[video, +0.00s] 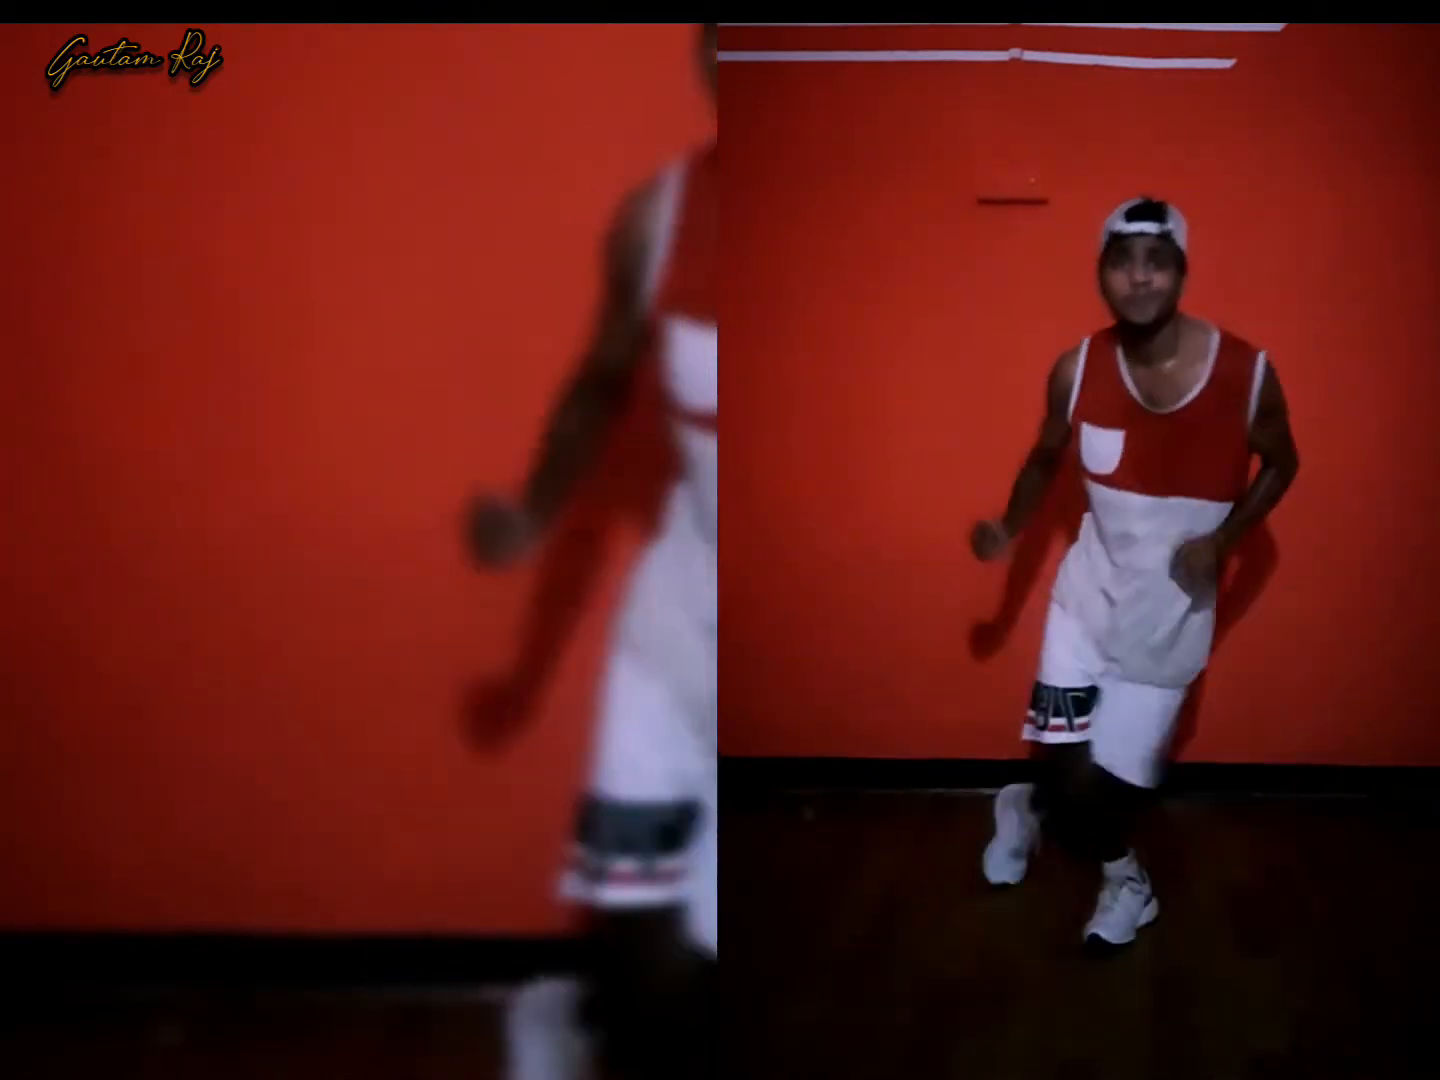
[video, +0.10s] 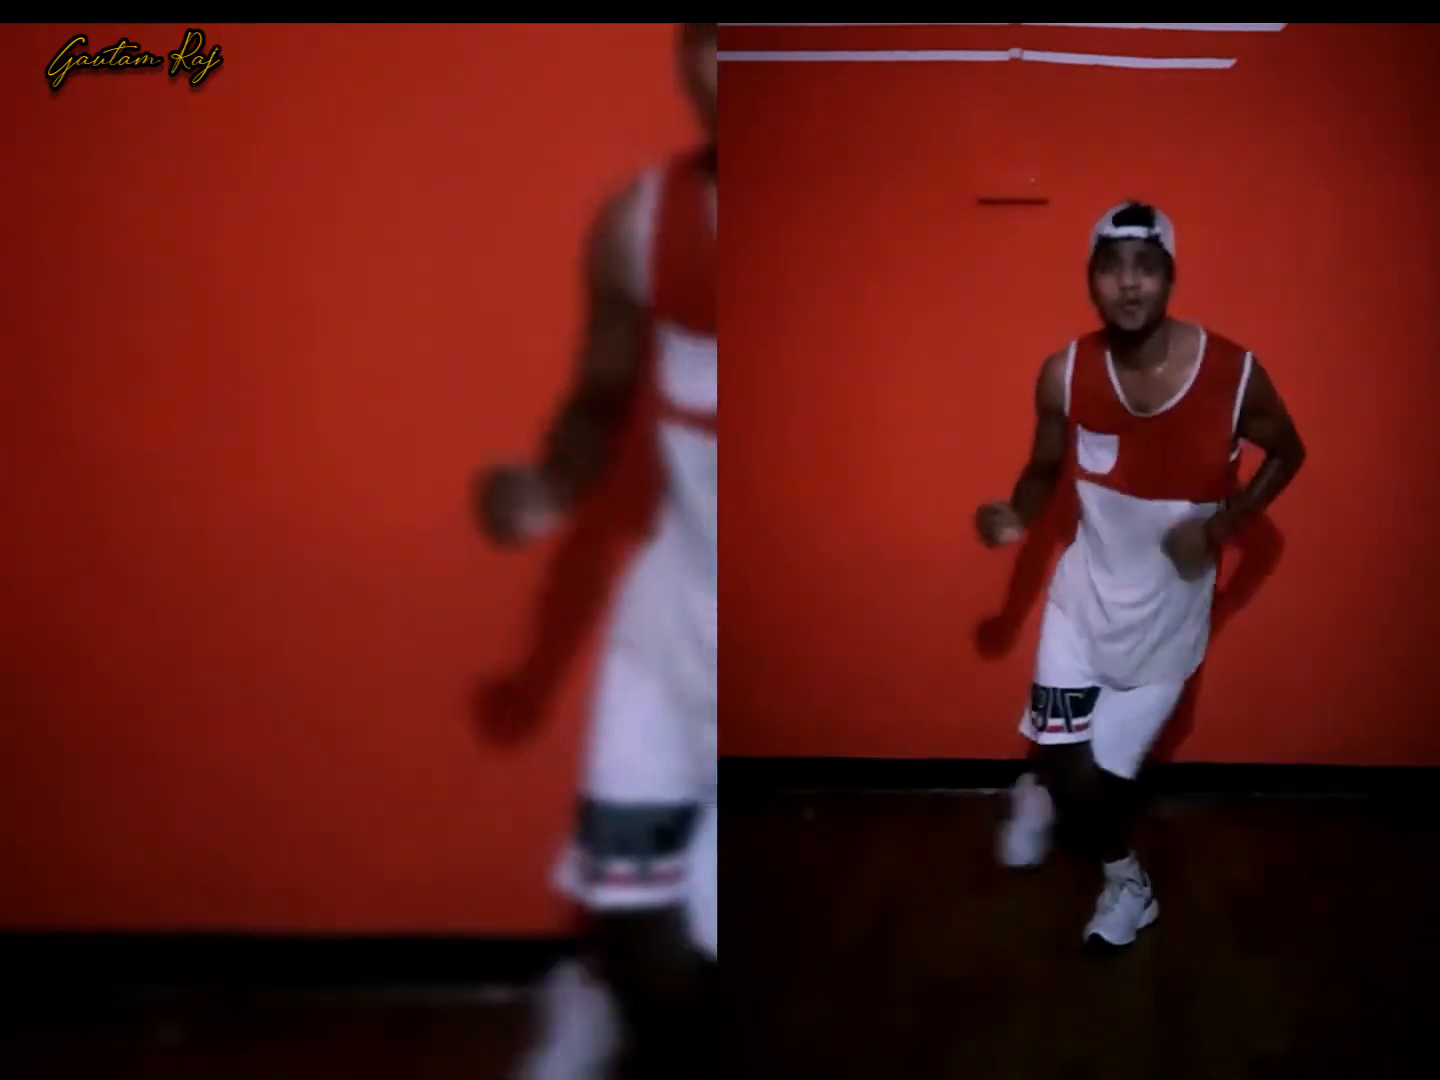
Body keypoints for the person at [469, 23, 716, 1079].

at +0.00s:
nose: (738, 72)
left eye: (760, 54)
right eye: (726, 52)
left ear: (813, 71)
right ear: (704, 63)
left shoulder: (864, 208)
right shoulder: (667, 213)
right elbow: (603, 379)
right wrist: (534, 510)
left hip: (829, 577)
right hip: (699, 568)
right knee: (630, 869)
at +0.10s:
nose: (729, 68)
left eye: (744, 46)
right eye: (713, 45)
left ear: (800, 65)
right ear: (687, 63)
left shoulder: (855, 207)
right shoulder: (647, 220)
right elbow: (601, 403)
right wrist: (543, 489)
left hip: (819, 597)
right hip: (690, 588)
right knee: (626, 894)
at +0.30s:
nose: (739, 70)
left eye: (756, 58)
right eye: (728, 55)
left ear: (801, 79)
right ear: (706, 63)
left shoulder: (851, 191)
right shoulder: (642, 192)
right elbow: (565, 350)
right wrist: (604, 468)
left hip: (800, 588)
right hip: (672, 573)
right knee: (652, 874)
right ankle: (651, 1074)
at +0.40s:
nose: (730, 73)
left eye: (741, 51)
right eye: (715, 50)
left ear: (773, 72)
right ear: (685, 67)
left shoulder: (843, 207)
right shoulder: (624, 224)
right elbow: (571, 403)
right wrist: (600, 504)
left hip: (818, 552)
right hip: (686, 547)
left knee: (828, 845)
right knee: (680, 854)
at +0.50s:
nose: (707, 70)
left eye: (723, 46)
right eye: (683, 47)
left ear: (754, 65)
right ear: (649, 73)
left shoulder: (829, 224)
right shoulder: (624, 250)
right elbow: (576, 471)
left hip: (820, 604)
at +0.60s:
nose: (715, 52)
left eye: (724, 39)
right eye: (701, 38)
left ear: (744, 49)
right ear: (677, 48)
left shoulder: (847, 163)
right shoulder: (642, 189)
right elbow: (620, 376)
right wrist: (581, 641)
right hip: (711, 530)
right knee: (695, 804)